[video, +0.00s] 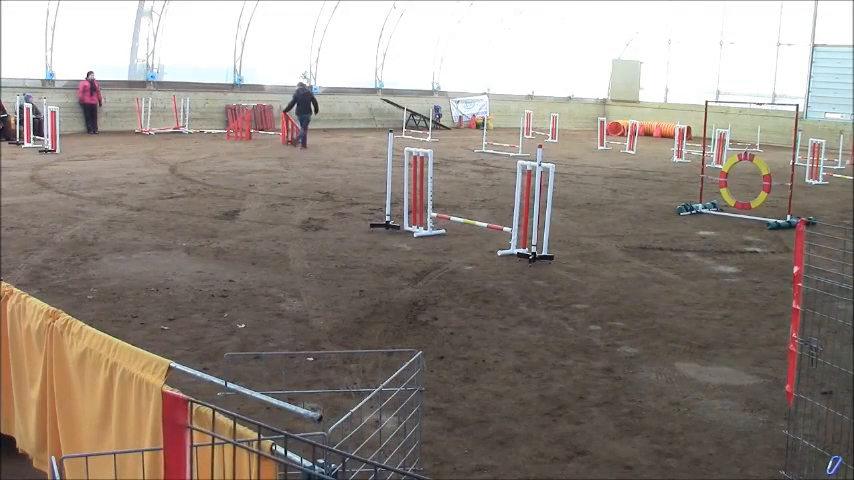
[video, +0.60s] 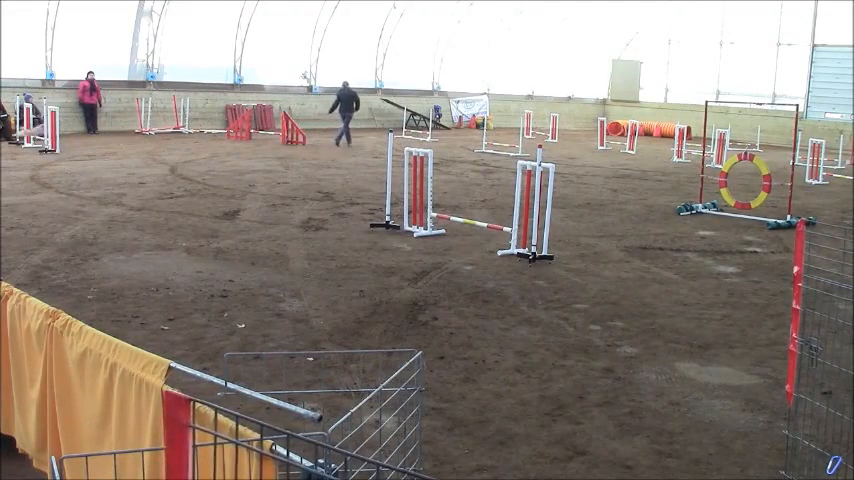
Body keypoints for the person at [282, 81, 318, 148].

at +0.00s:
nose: (297, 88)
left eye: (298, 87)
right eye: (298, 87)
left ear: (298, 87)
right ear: (304, 87)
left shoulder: (297, 94)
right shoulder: (309, 93)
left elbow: (292, 103)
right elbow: (314, 102)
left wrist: (285, 110)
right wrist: (316, 110)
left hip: (299, 112)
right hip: (307, 112)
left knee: (303, 128)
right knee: (304, 128)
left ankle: (304, 143)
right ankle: (297, 139)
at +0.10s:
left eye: (307, 87)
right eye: (310, 87)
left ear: (306, 87)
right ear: (312, 87)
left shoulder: (303, 94)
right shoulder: (316, 94)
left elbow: (298, 104)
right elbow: (320, 103)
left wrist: (292, 112)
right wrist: (323, 111)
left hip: (306, 115)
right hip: (313, 115)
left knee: (307, 129)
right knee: (316, 128)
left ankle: (304, 143)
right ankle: (310, 138)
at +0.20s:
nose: (318, 86)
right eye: (318, 85)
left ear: (314, 85)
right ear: (319, 85)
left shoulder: (312, 92)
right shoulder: (323, 92)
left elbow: (307, 102)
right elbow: (327, 101)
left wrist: (301, 109)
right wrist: (329, 109)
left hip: (314, 113)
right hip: (321, 113)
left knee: (311, 128)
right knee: (326, 127)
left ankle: (305, 142)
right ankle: (325, 142)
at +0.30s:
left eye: (325, 84)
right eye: (326, 84)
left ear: (322, 85)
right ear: (328, 85)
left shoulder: (320, 92)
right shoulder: (331, 92)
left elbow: (315, 102)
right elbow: (334, 101)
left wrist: (310, 109)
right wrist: (337, 109)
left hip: (321, 112)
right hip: (329, 112)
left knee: (320, 128)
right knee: (332, 128)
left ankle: (311, 137)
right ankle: (332, 143)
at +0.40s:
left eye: (331, 86)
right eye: (333, 86)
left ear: (329, 87)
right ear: (335, 87)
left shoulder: (327, 94)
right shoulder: (338, 94)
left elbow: (322, 104)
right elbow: (342, 103)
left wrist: (317, 111)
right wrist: (346, 111)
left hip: (329, 114)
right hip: (336, 114)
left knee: (331, 129)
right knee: (336, 129)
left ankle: (323, 136)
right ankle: (332, 144)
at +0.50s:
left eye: (337, 86)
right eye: (339, 85)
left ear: (336, 86)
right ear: (342, 86)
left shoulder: (334, 93)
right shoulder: (345, 93)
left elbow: (330, 103)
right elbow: (350, 101)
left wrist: (324, 111)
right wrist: (351, 109)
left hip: (335, 111)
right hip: (343, 112)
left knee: (339, 126)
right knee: (339, 127)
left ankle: (338, 140)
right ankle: (333, 141)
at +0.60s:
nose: (344, 87)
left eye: (343, 85)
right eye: (345, 85)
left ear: (342, 85)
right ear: (348, 85)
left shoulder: (340, 92)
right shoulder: (352, 92)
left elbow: (336, 102)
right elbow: (357, 100)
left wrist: (331, 110)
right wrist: (357, 108)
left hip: (342, 111)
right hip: (350, 111)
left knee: (346, 125)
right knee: (345, 125)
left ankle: (349, 140)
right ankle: (338, 139)